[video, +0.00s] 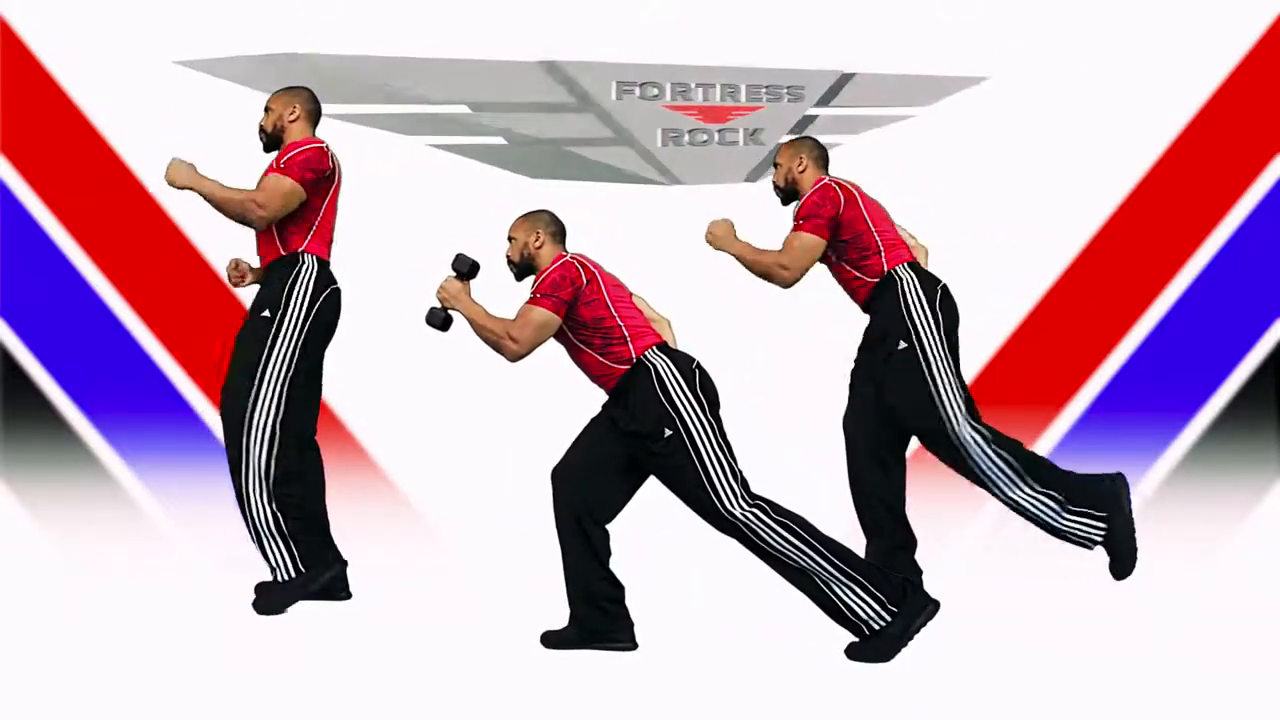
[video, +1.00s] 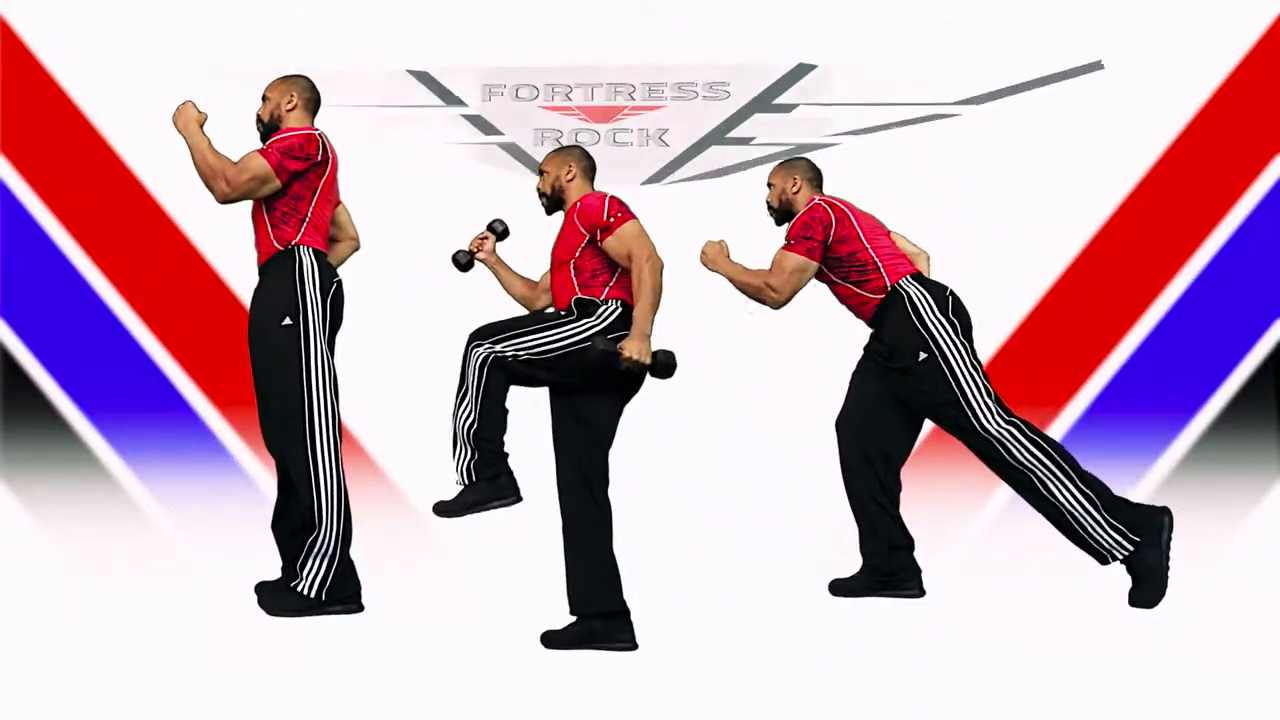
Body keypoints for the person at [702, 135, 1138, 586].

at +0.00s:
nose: (772, 179)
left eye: (776, 168)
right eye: (772, 171)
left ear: (802, 161)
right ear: (811, 167)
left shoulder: (824, 194)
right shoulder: (850, 200)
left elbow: (786, 269)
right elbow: (915, 252)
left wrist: (732, 246)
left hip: (907, 300)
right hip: (889, 315)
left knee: (955, 434)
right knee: (868, 440)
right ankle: (893, 579)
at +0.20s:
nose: (769, 192)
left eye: (776, 182)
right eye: (769, 184)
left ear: (804, 179)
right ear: (807, 186)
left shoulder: (817, 211)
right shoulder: (843, 213)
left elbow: (764, 279)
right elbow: (920, 237)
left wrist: (723, 241)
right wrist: (939, 306)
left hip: (918, 306)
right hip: (898, 325)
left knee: (1000, 422)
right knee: (871, 446)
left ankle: (1134, 530)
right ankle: (898, 590)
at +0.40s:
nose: (768, 199)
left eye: (774, 189)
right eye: (768, 192)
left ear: (802, 186)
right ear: (811, 191)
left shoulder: (818, 218)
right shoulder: (849, 220)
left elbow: (769, 289)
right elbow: (924, 247)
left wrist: (724, 256)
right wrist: (943, 314)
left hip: (921, 309)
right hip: (902, 326)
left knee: (1002, 427)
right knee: (868, 440)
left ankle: (1141, 532)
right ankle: (896, 582)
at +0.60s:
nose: (768, 199)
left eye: (774, 189)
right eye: (769, 192)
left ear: (801, 189)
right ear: (808, 192)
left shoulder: (816, 219)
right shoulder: (845, 221)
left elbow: (767, 291)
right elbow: (923, 249)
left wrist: (722, 258)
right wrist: (940, 316)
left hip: (920, 310)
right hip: (904, 324)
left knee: (1002, 431)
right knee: (865, 436)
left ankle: (1141, 534)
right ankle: (890, 567)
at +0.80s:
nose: (768, 199)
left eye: (775, 189)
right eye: (768, 191)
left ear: (802, 189)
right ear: (806, 193)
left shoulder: (814, 220)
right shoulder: (844, 221)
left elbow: (767, 293)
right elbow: (922, 248)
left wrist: (721, 259)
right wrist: (941, 315)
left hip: (920, 311)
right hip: (902, 327)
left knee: (1004, 431)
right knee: (864, 436)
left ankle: (1143, 534)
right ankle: (890, 568)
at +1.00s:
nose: (767, 195)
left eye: (773, 186)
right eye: (767, 187)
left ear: (801, 185)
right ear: (805, 189)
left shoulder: (815, 215)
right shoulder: (839, 218)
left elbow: (774, 292)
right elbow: (916, 257)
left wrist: (724, 266)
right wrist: (923, 323)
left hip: (917, 311)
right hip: (898, 327)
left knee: (993, 432)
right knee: (861, 437)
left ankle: (1134, 532)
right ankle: (890, 569)